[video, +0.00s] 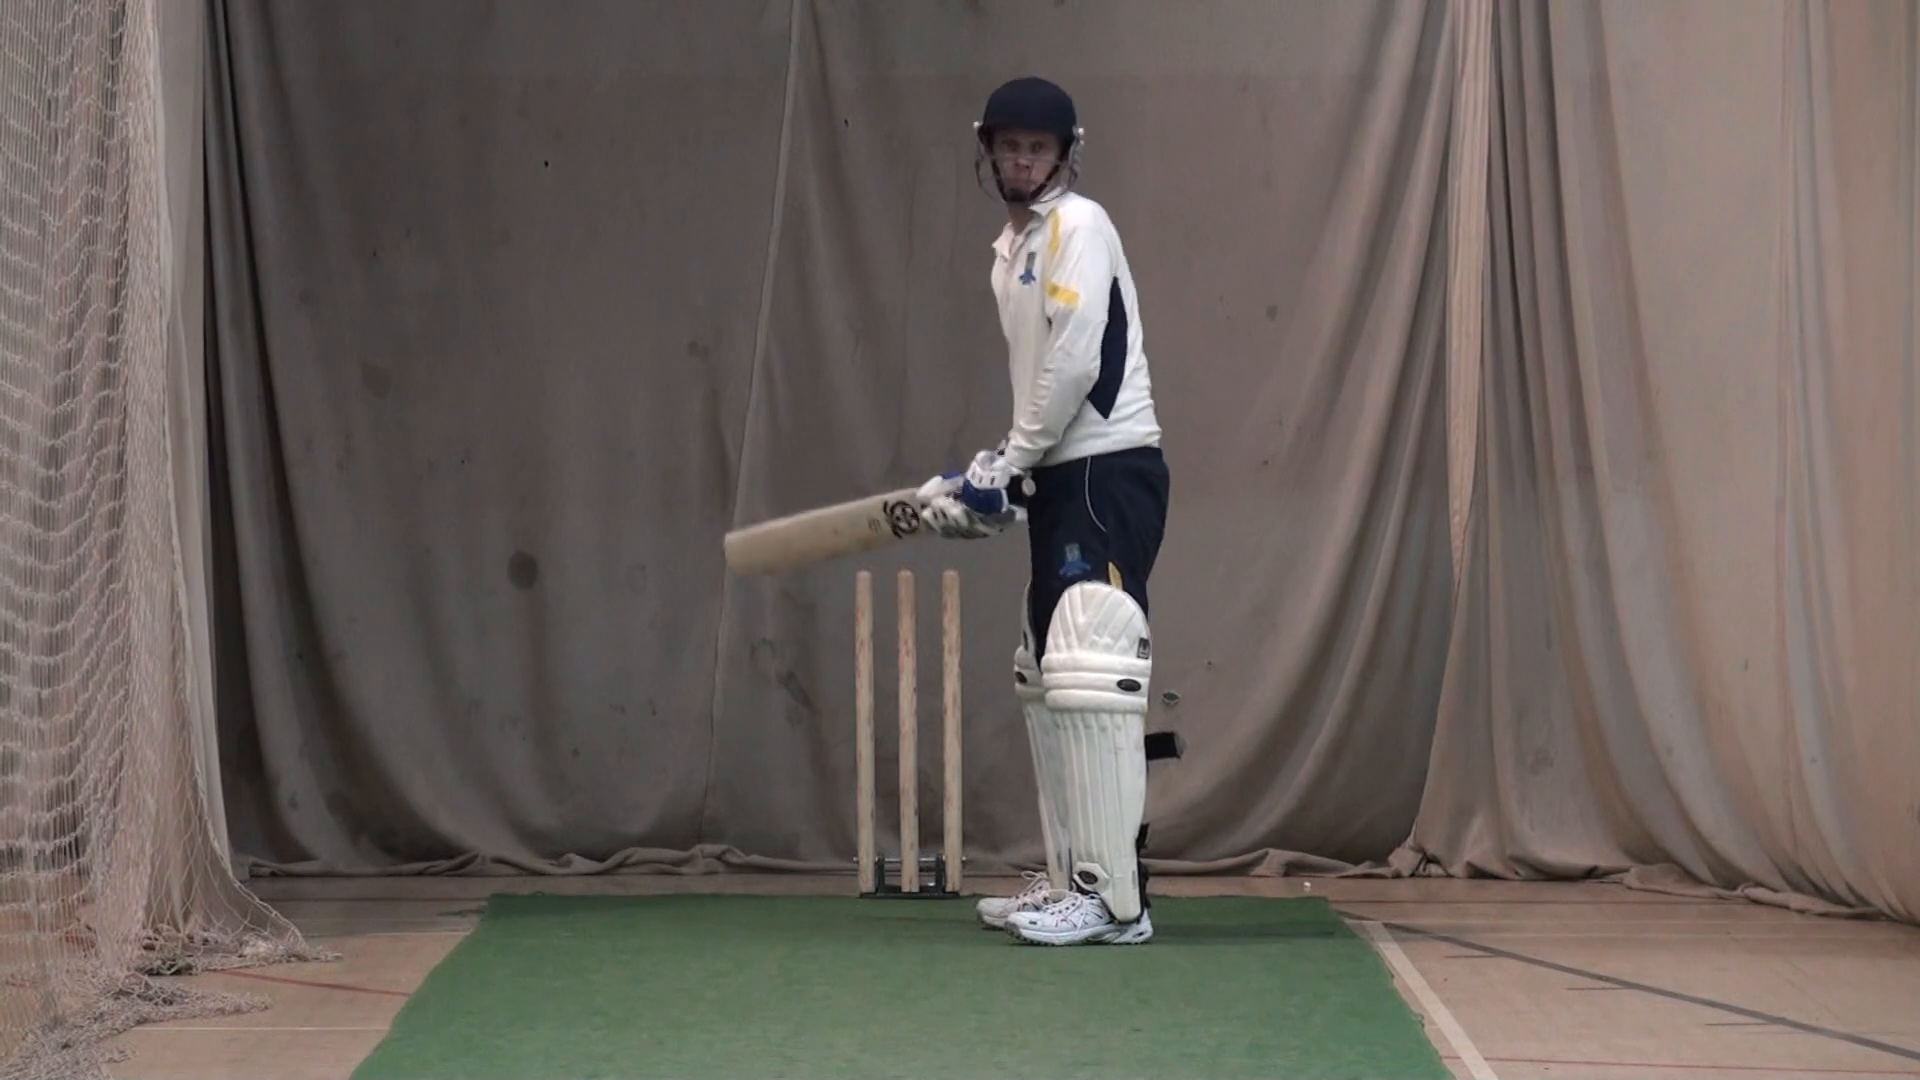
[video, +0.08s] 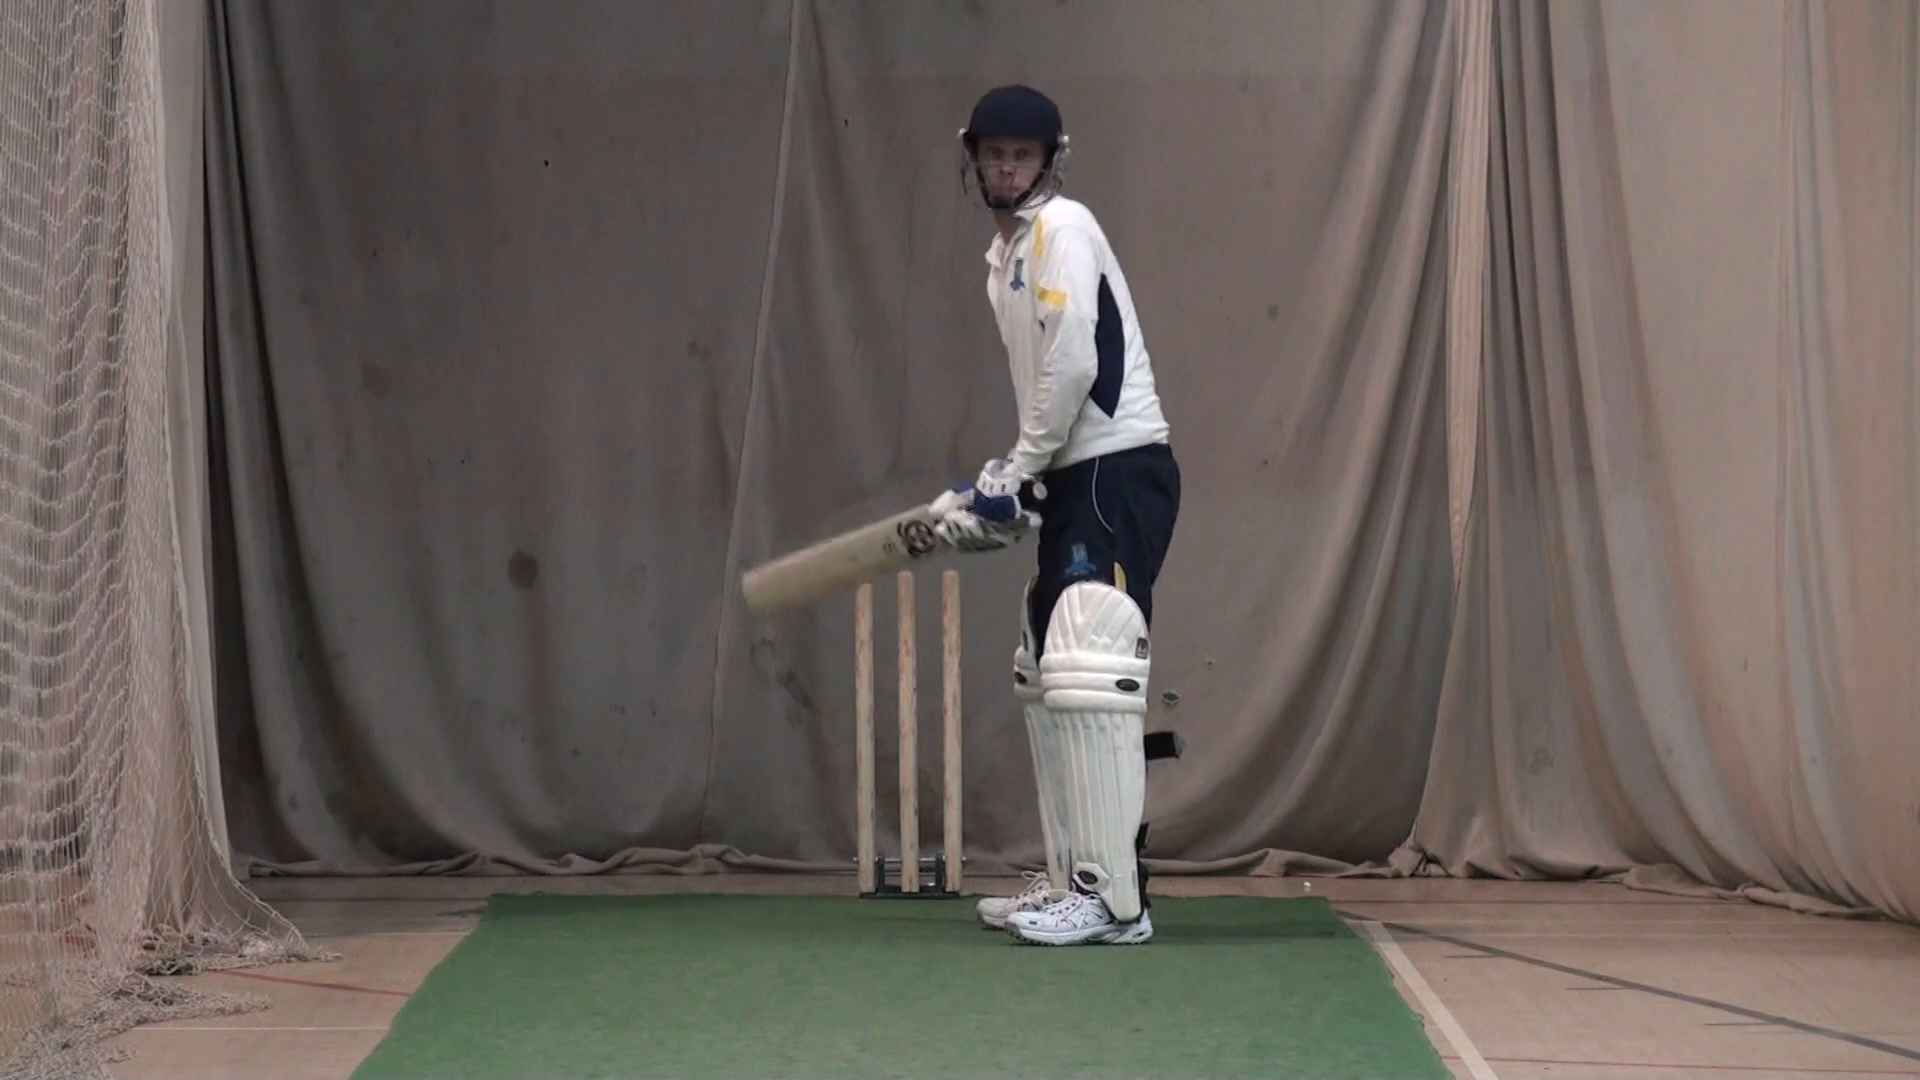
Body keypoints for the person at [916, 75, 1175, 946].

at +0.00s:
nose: (1021, 161)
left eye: (1038, 147)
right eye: (1007, 146)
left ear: (1065, 153)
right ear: (988, 153)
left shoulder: (1077, 225)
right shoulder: (1010, 250)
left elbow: (1075, 366)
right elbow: (1035, 385)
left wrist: (1003, 467)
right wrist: (984, 480)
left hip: (1105, 473)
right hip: (1058, 478)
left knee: (1093, 677)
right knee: (1050, 676)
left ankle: (1113, 897)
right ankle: (1073, 879)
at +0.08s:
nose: (1008, 169)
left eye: (1024, 154)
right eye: (993, 155)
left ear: (1050, 159)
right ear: (973, 160)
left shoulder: (1059, 228)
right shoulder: (1005, 257)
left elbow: (1073, 363)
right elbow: (1037, 391)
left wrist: (1009, 474)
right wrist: (1001, 499)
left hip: (1115, 471)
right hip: (1070, 479)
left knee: (1089, 677)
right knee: (1045, 676)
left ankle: (1113, 898)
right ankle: (1075, 879)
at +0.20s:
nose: (983, 182)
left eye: (999, 166)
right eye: (970, 168)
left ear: (1030, 168)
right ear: (955, 174)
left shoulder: (1047, 234)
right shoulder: (1003, 264)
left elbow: (1073, 366)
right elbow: (1044, 397)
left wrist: (1028, 482)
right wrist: (1012, 504)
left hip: (1125, 471)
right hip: (1082, 479)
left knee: (1091, 677)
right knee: (1050, 675)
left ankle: (1113, 895)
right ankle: (1082, 877)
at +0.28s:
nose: (978, 185)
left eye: (993, 170)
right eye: (964, 173)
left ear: (1024, 171)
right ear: (950, 182)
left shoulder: (1043, 235)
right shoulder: (1000, 265)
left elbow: (1073, 368)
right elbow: (1043, 395)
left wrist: (1032, 481)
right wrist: (1019, 503)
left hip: (1126, 471)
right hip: (1084, 479)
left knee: (1091, 676)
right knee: (1052, 675)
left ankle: (1112, 896)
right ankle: (1081, 878)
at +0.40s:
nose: (980, 186)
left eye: (994, 170)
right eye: (965, 174)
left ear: (1025, 171)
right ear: (950, 183)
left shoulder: (1042, 234)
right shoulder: (1001, 265)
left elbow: (1071, 369)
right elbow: (1043, 399)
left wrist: (1029, 478)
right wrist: (1008, 513)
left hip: (1125, 469)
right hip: (1084, 478)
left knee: (1091, 677)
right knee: (1052, 676)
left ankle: (1111, 896)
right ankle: (1080, 879)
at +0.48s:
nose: (981, 187)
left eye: (996, 172)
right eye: (966, 175)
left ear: (1026, 172)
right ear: (951, 183)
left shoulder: (1042, 235)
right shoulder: (1003, 266)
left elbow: (1070, 371)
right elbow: (1045, 397)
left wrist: (1025, 482)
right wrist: (1012, 505)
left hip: (1127, 469)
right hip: (1085, 478)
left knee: (1090, 674)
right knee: (1053, 672)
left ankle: (1111, 895)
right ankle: (1081, 878)